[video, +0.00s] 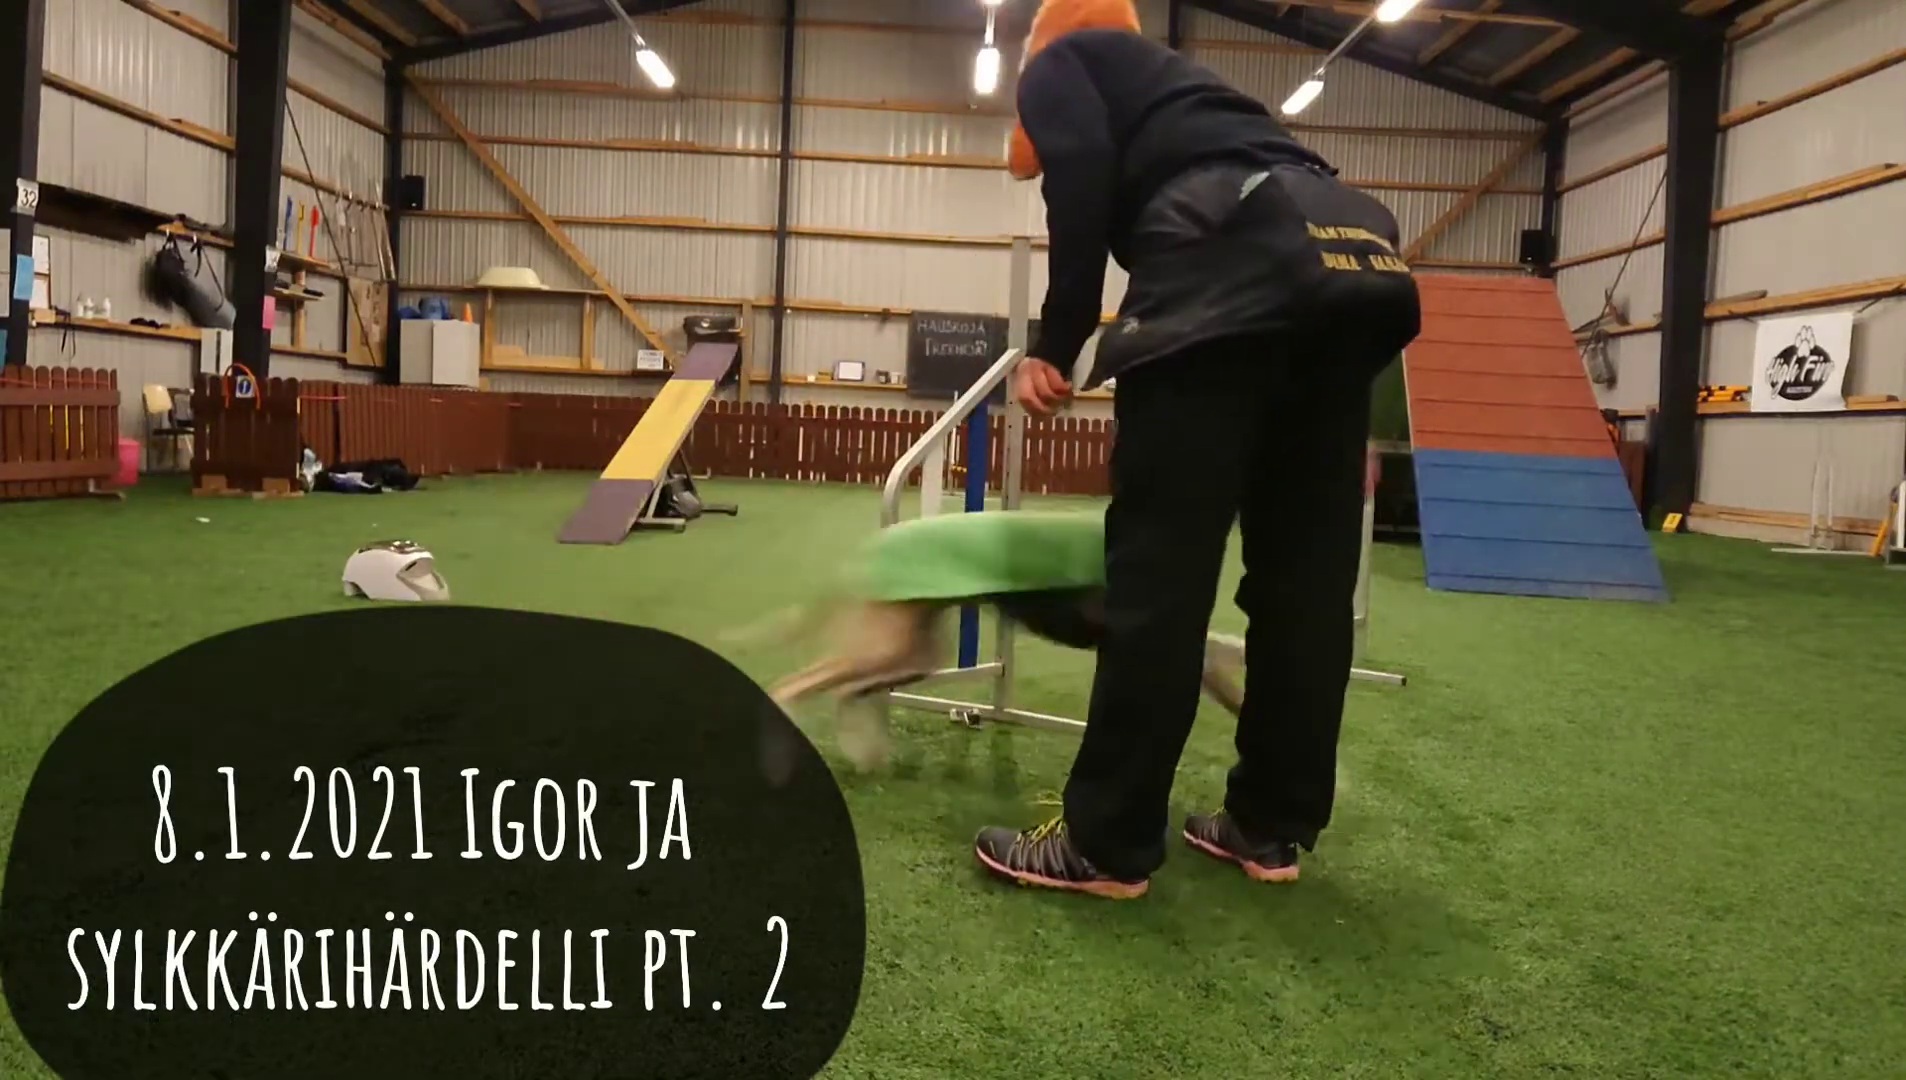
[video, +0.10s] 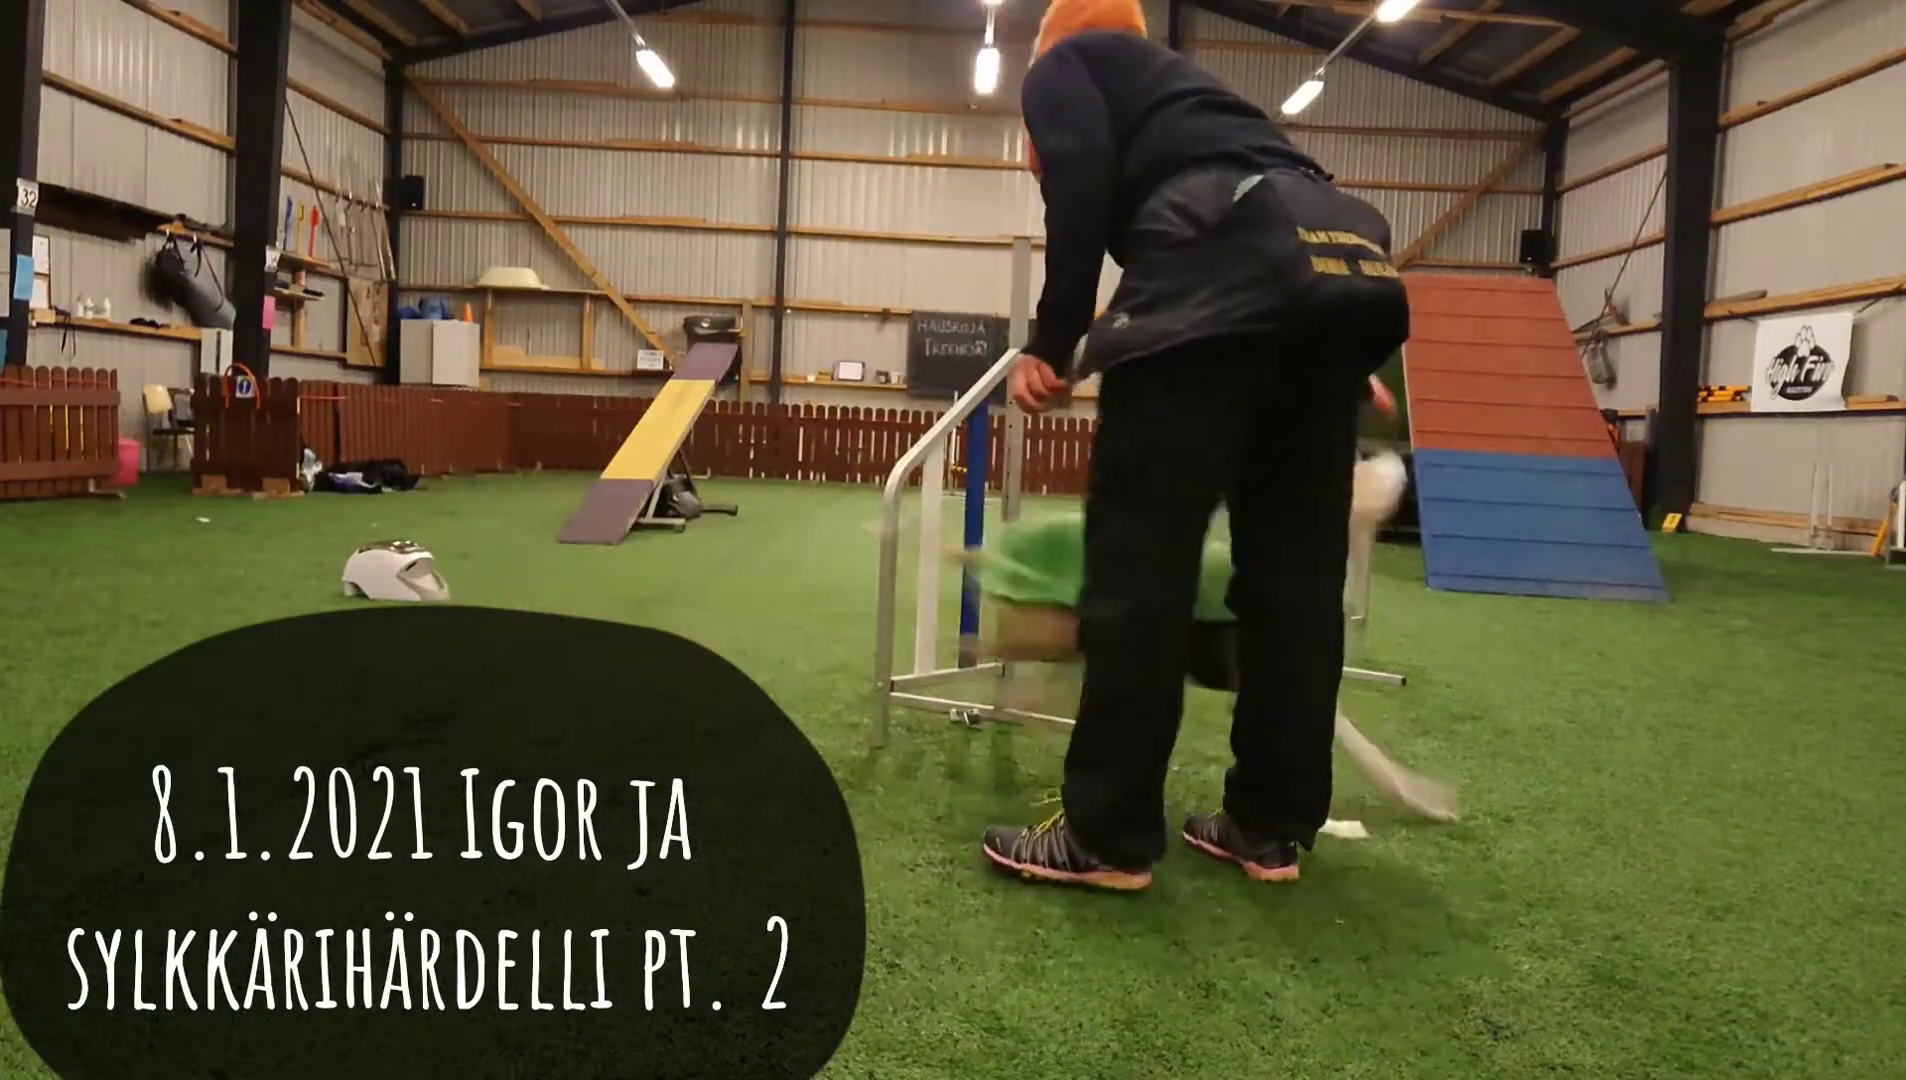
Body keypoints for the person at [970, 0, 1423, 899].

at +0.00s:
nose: (1034, 165)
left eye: (1031, 141)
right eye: (1028, 155)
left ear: (1047, 51)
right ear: (1120, 37)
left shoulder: (1058, 59)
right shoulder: (1199, 90)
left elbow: (1082, 165)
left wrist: (1056, 344)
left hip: (1218, 291)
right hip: (1348, 291)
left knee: (1157, 584)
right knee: (1304, 582)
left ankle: (1107, 842)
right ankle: (1272, 828)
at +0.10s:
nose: (1031, 76)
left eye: (1034, 59)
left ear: (1058, 38)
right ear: (1133, 33)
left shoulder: (1063, 61)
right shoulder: (1200, 86)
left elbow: (1082, 167)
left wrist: (1051, 340)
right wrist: (1350, 356)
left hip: (1202, 303)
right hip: (1334, 304)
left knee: (1138, 571)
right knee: (1294, 574)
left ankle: (1109, 834)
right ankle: (1271, 828)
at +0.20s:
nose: (1039, 54)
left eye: (1043, 42)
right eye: (1046, 45)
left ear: (1063, 34)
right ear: (1138, 35)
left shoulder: (1063, 66)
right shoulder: (1196, 87)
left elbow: (1073, 183)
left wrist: (1034, 341)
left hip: (1184, 295)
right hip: (1316, 296)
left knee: (1100, 551)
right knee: (1278, 565)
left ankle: (1078, 817)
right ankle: (1271, 828)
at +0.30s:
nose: (1031, 43)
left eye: (1033, 34)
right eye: (1036, 35)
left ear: (1057, 31)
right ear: (1128, 34)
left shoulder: (1051, 66)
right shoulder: (1179, 85)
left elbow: (1051, 191)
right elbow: (1221, 240)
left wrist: (1009, 346)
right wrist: (1189, 420)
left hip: (1158, 304)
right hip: (1281, 311)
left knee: (1062, 557)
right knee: (1264, 574)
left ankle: (997, 792)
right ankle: (1270, 826)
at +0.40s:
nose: (1013, 46)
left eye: (1017, 36)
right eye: (1019, 40)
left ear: (1040, 30)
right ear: (1115, 36)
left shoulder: (1031, 69)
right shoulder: (1162, 90)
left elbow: (1017, 193)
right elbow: (1198, 224)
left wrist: (971, 350)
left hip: (1112, 322)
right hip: (1240, 327)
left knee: (1020, 556)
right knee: (1245, 582)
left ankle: (937, 757)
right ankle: (1269, 821)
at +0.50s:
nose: (994, 32)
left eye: (997, 25)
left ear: (1013, 27)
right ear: (1090, 33)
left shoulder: (990, 76)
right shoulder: (1132, 88)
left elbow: (971, 202)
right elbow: (1155, 218)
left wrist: (923, 354)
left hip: (1061, 337)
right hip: (1188, 336)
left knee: (976, 549)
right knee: (1209, 568)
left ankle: (898, 737)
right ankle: (1261, 808)